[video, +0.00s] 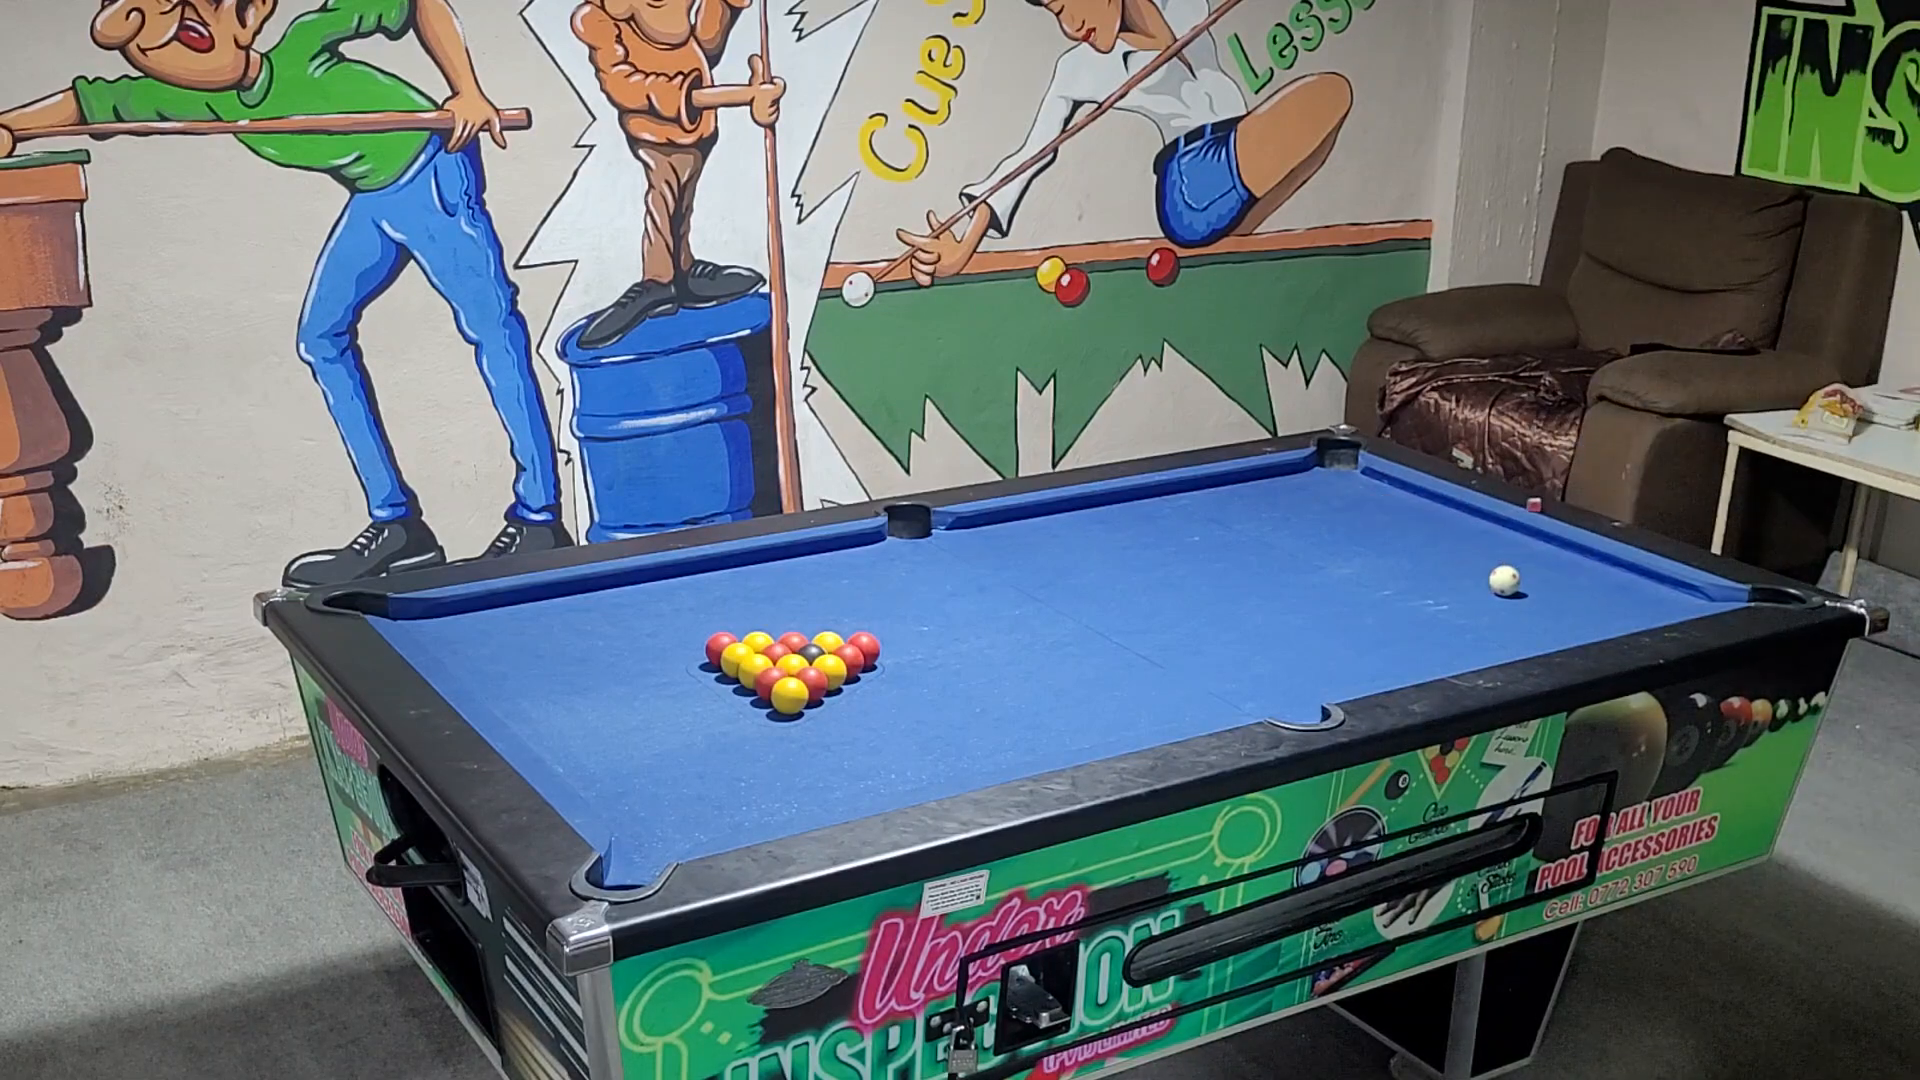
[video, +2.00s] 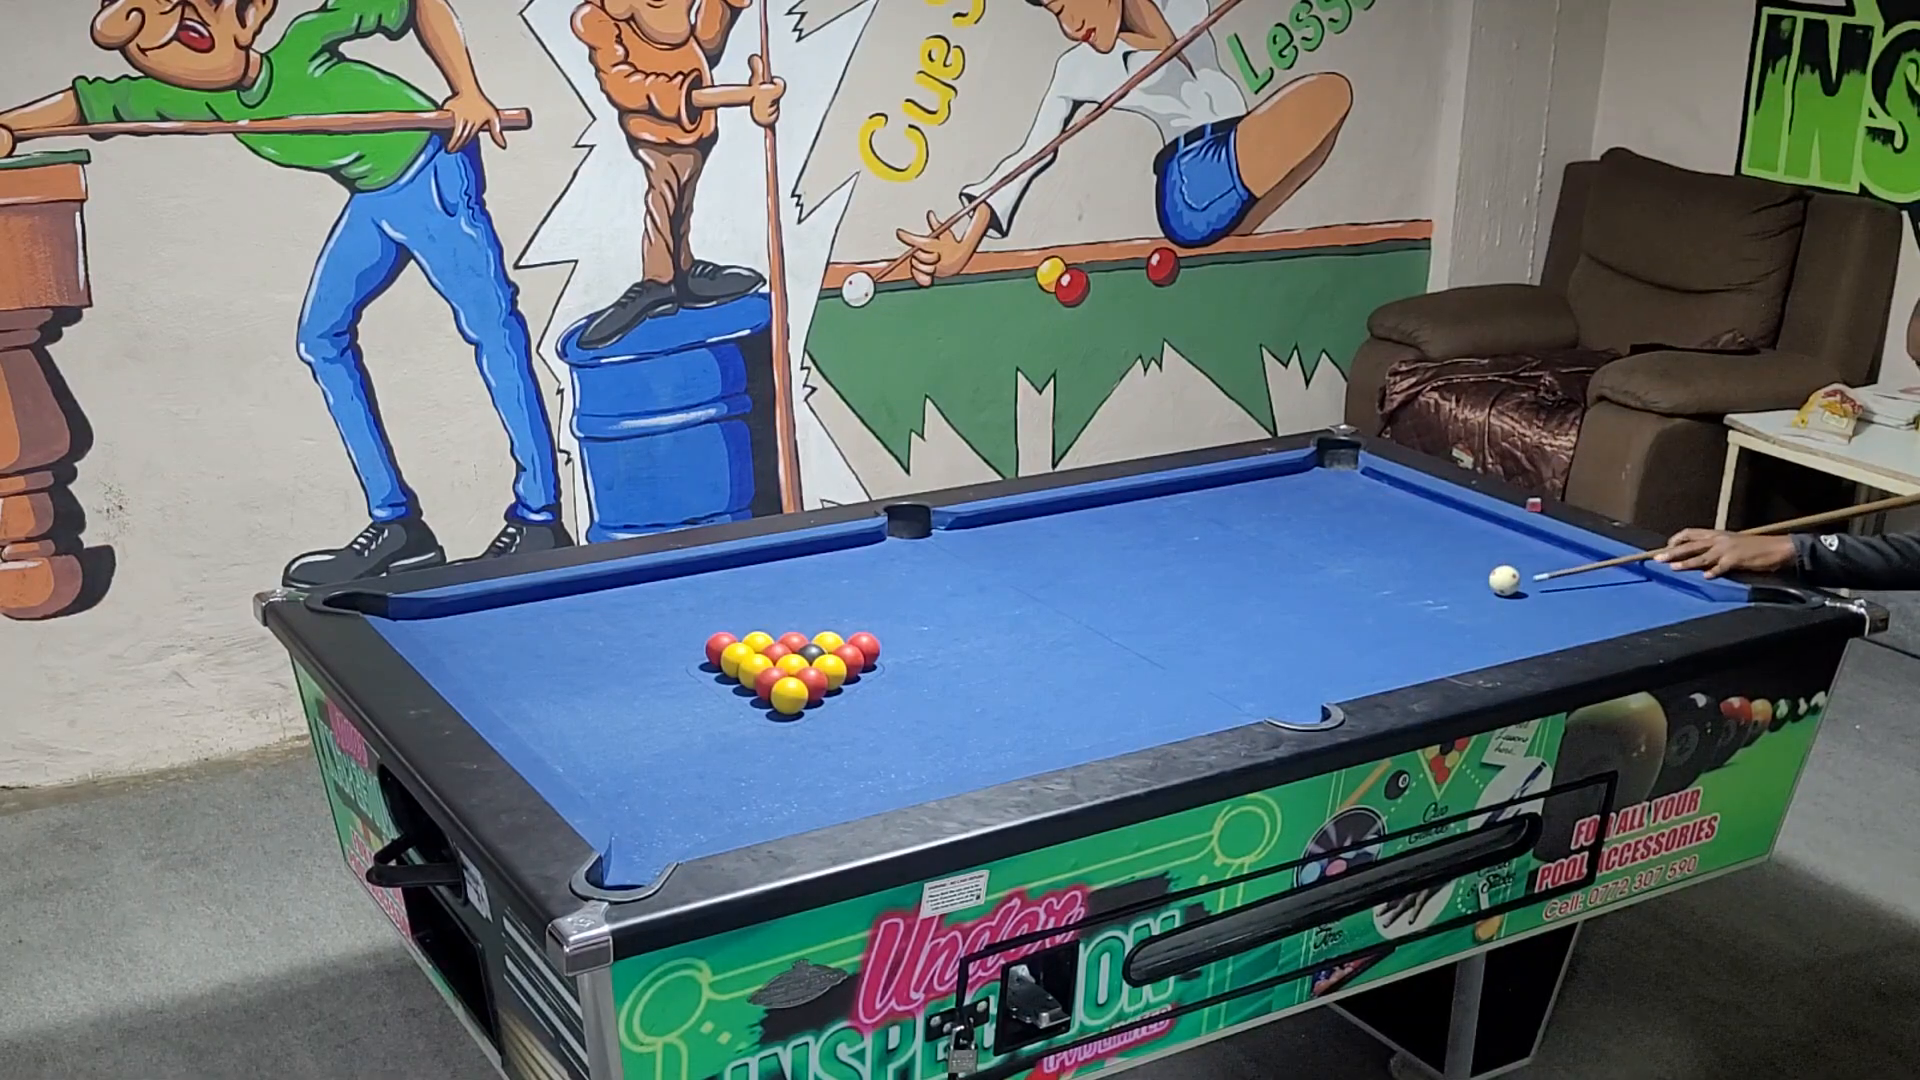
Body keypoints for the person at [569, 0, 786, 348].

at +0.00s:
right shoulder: (597, 19)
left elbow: (707, 48)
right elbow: (625, 87)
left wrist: (730, 6)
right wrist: (746, 95)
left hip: (694, 89)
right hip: (645, 104)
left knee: (688, 173)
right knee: (666, 173)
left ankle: (682, 268)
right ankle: (657, 280)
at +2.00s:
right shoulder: (597, 19)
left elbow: (707, 46)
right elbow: (625, 88)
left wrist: (731, 5)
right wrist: (746, 95)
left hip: (694, 87)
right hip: (644, 103)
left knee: (688, 174)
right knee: (666, 174)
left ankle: (682, 269)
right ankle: (657, 281)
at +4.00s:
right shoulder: (596, 19)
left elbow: (707, 47)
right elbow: (626, 88)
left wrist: (730, 6)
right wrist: (747, 94)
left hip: (695, 88)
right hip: (644, 104)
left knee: (688, 174)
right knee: (666, 173)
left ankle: (682, 268)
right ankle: (657, 281)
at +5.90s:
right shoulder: (596, 18)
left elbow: (707, 47)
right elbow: (625, 87)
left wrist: (729, 6)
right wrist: (746, 94)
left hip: (694, 88)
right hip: (644, 104)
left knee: (687, 175)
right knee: (665, 175)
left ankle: (682, 268)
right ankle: (657, 282)